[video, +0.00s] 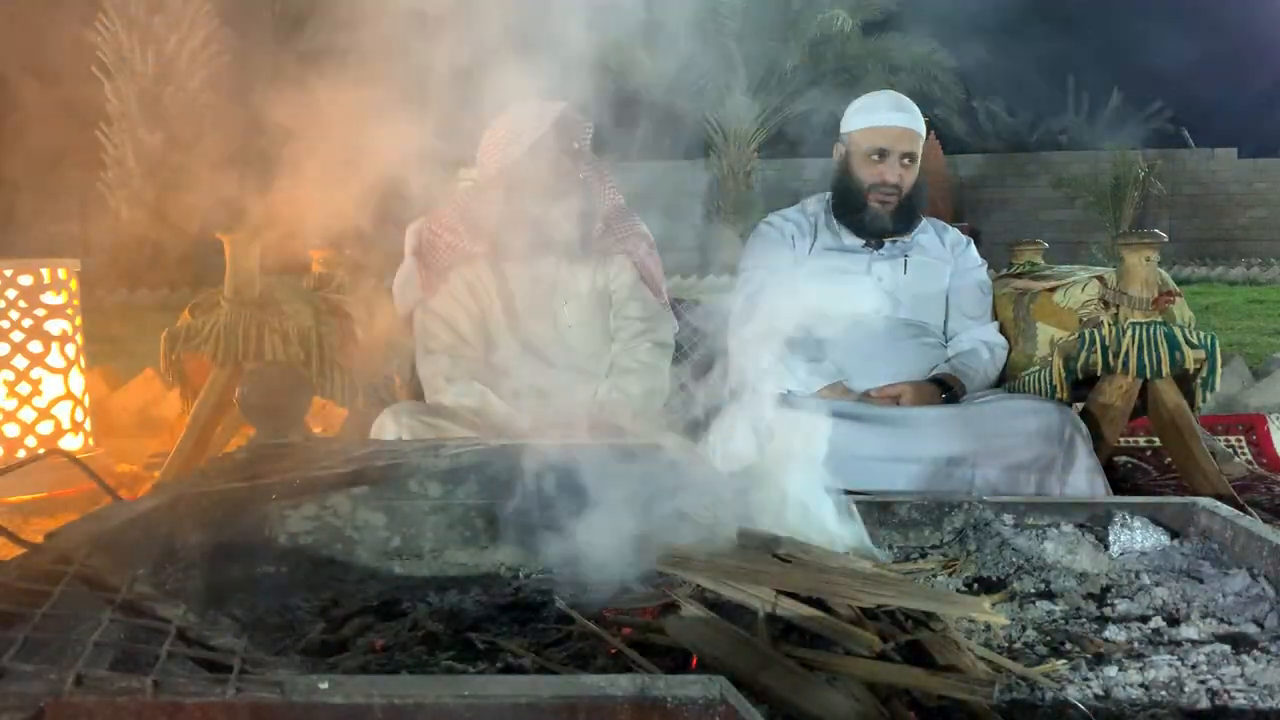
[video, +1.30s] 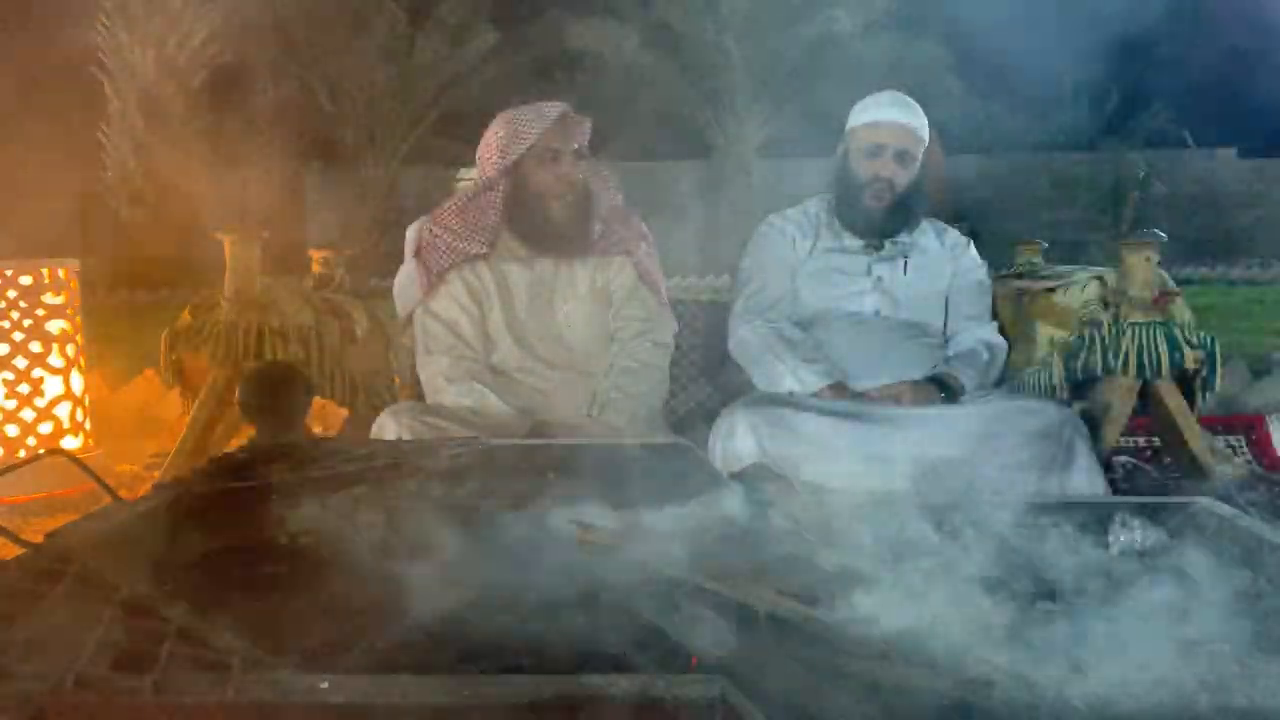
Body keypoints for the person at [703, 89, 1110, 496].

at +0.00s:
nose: (892, 176)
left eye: (906, 160)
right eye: (877, 157)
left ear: (920, 166)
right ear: (842, 154)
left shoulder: (953, 249)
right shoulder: (784, 235)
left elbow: (981, 344)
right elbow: (752, 349)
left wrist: (939, 388)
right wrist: (821, 390)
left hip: (934, 420)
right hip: (826, 418)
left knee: (1052, 426)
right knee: (783, 433)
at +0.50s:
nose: (905, 170)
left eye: (913, 155)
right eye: (887, 154)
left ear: (926, 163)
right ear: (849, 161)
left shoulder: (953, 248)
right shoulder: (787, 236)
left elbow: (982, 337)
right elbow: (750, 337)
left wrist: (940, 389)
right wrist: (824, 392)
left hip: (920, 417)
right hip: (812, 416)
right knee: (740, 429)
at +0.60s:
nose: (893, 172)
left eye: (904, 155)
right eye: (878, 155)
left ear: (922, 162)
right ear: (842, 160)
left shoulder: (954, 251)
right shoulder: (787, 235)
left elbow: (982, 347)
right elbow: (750, 335)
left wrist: (935, 391)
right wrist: (819, 391)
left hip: (922, 421)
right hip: (819, 419)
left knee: (1028, 420)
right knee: (738, 427)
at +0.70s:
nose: (901, 173)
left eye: (911, 157)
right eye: (885, 156)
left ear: (923, 166)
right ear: (843, 159)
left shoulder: (953, 250)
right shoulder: (786, 235)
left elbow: (981, 346)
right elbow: (752, 333)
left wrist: (934, 388)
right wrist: (822, 395)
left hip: (924, 416)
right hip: (817, 413)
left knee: (1058, 428)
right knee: (739, 428)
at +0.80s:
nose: (904, 175)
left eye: (914, 159)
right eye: (886, 157)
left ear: (924, 166)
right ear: (844, 159)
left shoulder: (954, 251)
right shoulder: (786, 235)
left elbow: (981, 342)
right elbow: (753, 333)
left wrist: (943, 387)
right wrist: (831, 395)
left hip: (930, 419)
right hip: (823, 414)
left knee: (1053, 423)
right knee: (741, 428)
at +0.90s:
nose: (905, 173)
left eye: (915, 158)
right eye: (887, 157)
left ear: (925, 162)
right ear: (847, 160)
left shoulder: (954, 251)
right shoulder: (786, 235)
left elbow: (981, 343)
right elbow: (753, 332)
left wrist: (939, 387)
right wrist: (828, 394)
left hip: (930, 421)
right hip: (821, 417)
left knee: (1050, 424)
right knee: (740, 427)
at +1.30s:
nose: (885, 172)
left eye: (902, 158)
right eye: (872, 153)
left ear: (919, 169)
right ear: (845, 154)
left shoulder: (953, 250)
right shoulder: (788, 234)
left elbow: (980, 341)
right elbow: (753, 328)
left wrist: (940, 387)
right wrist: (826, 392)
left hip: (937, 421)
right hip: (826, 419)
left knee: (1055, 426)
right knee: (742, 428)